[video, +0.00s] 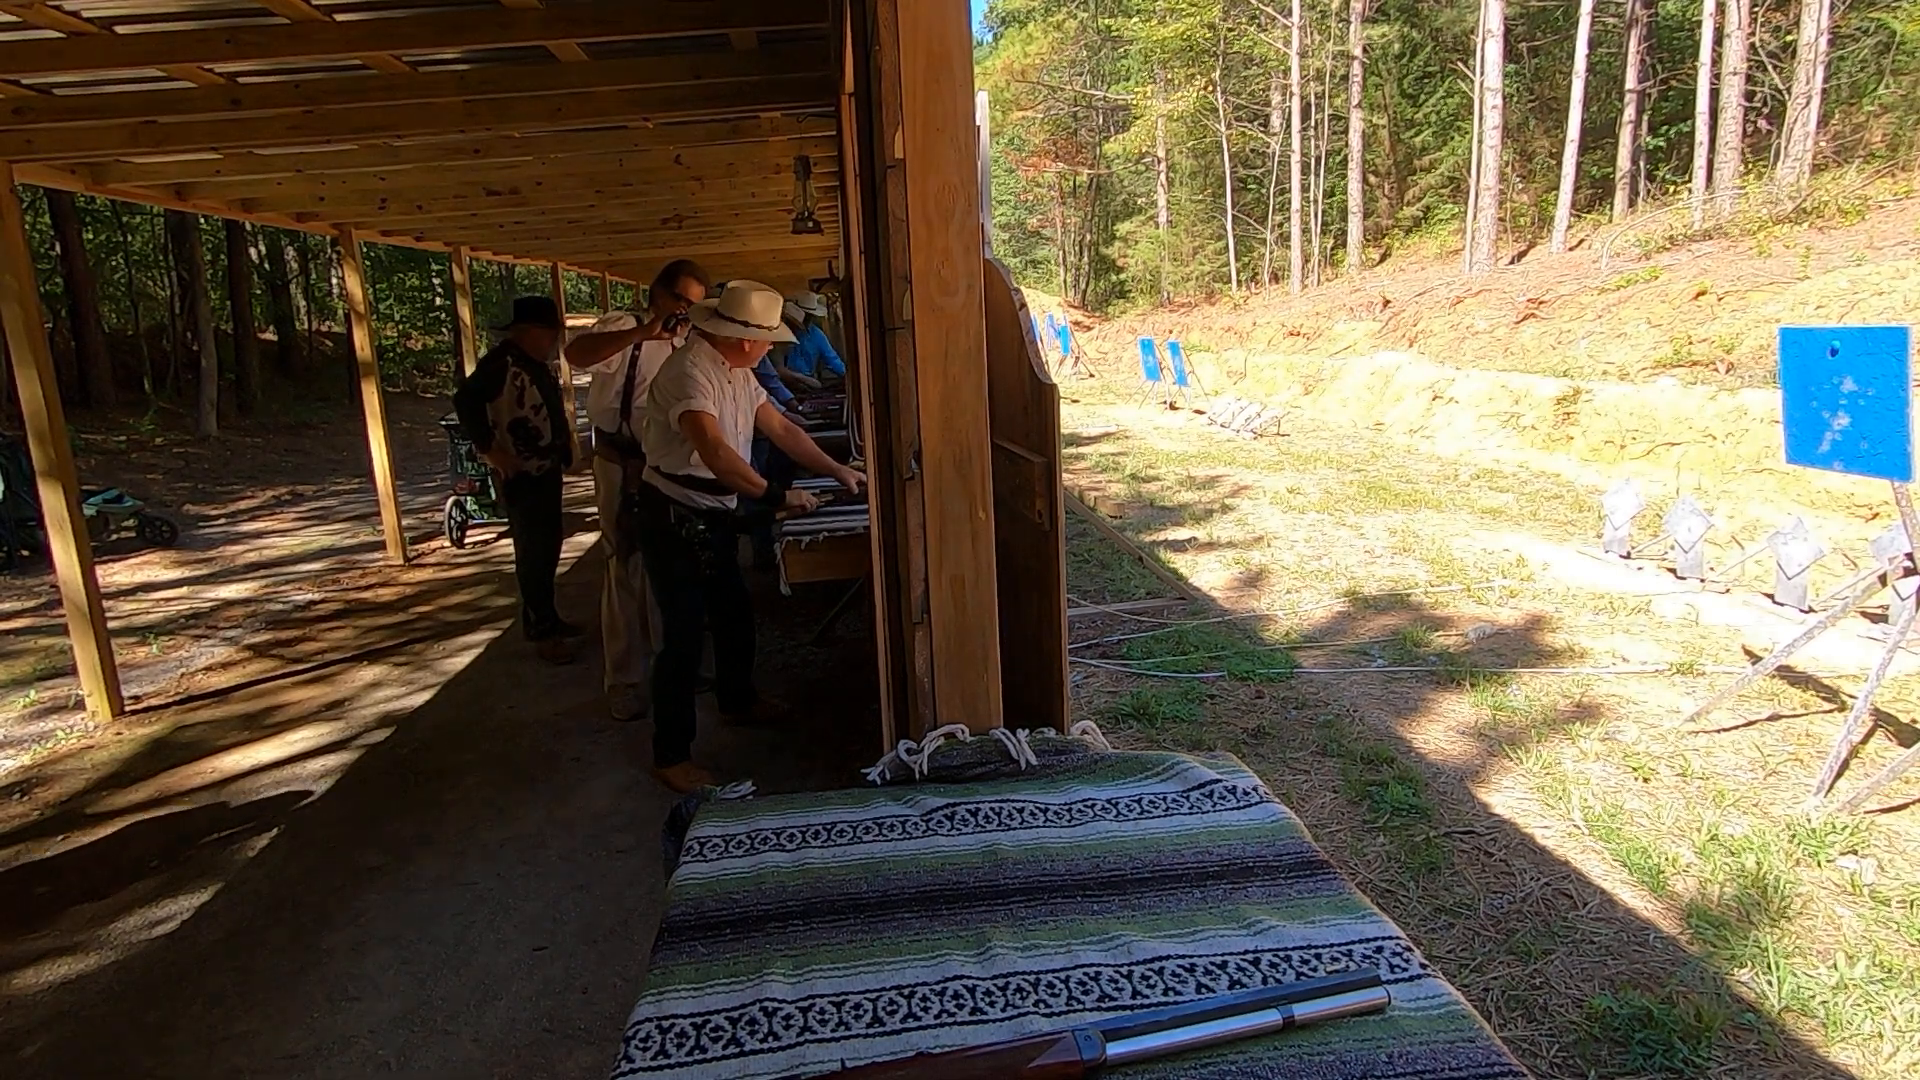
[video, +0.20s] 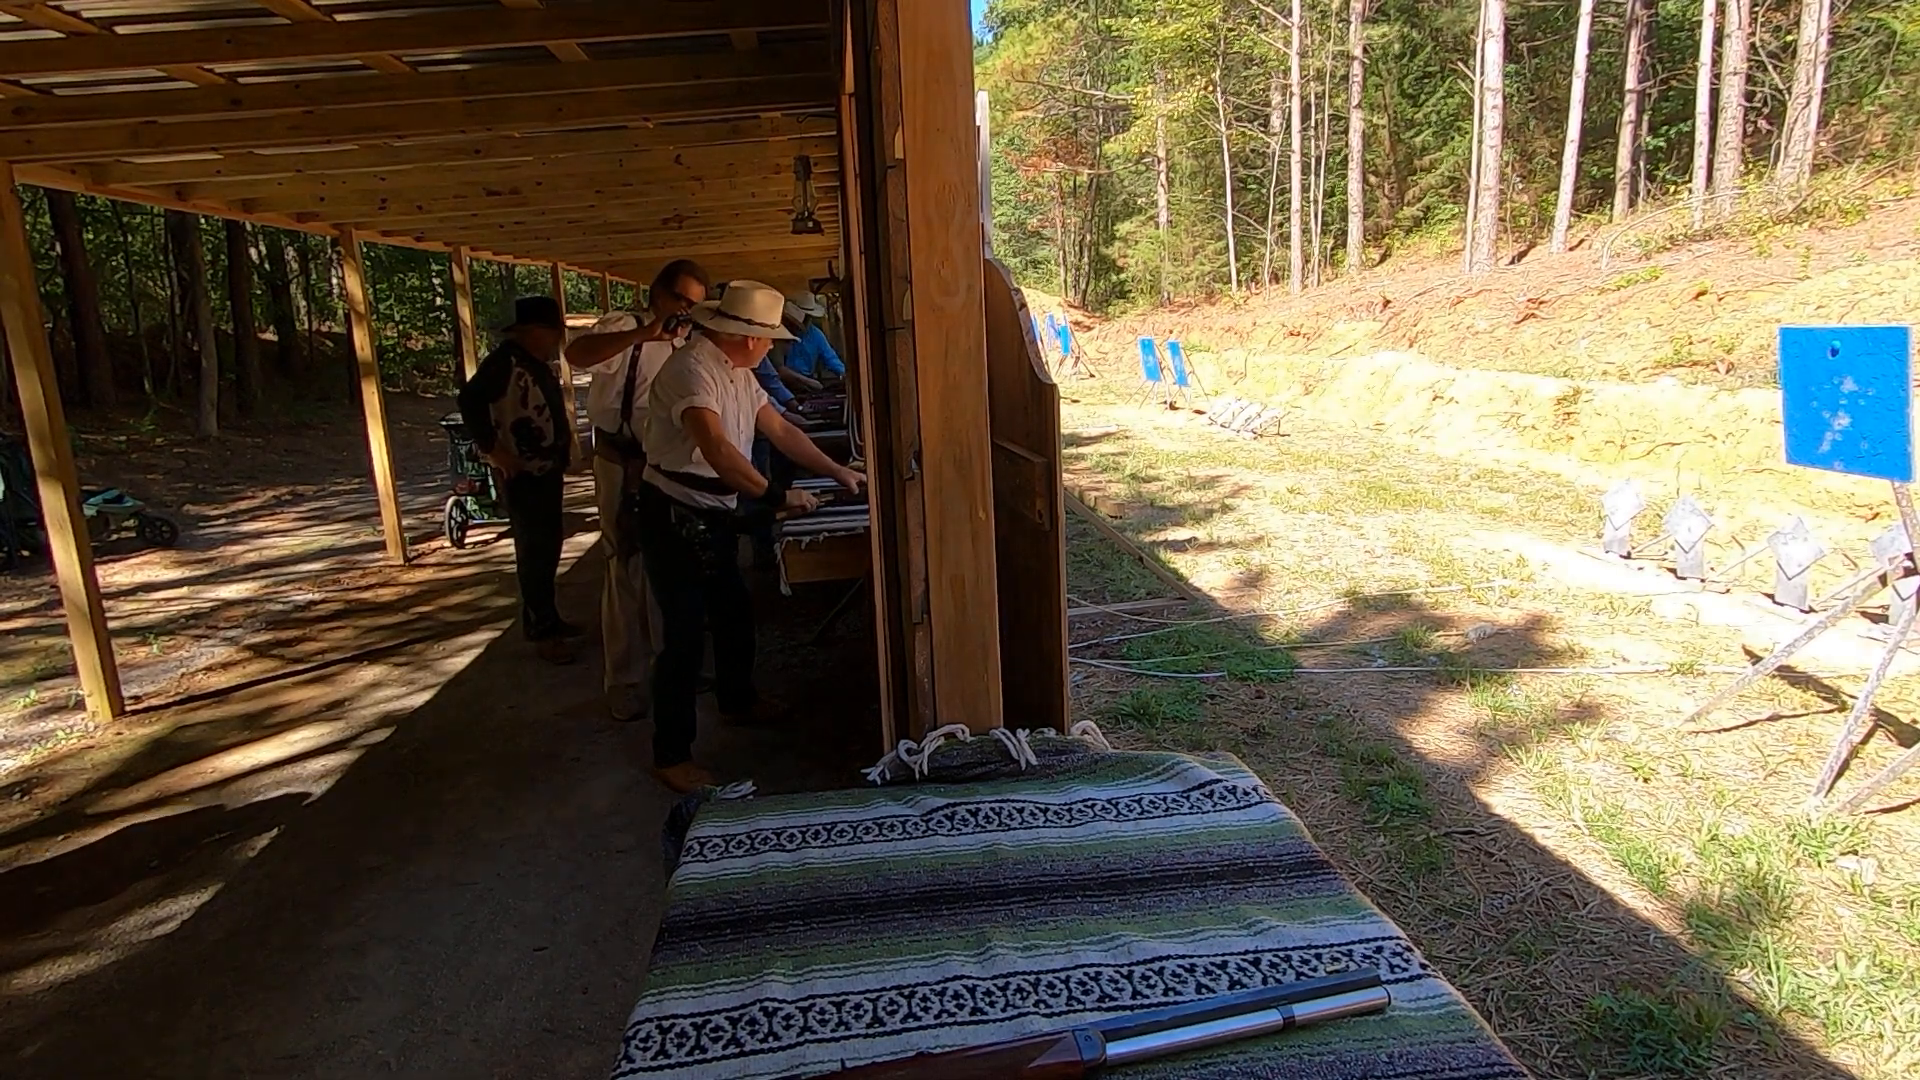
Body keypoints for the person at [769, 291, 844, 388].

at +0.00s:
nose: (809, 319)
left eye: (812, 315)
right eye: (806, 315)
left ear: (814, 315)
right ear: (795, 313)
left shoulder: (816, 333)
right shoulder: (781, 332)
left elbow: (831, 358)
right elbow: (778, 369)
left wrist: (845, 374)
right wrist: (804, 379)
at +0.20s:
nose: (806, 321)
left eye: (809, 316)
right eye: (803, 316)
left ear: (811, 316)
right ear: (791, 315)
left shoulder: (815, 334)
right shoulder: (778, 334)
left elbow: (830, 358)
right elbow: (778, 368)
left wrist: (844, 373)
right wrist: (808, 382)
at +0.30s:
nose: (806, 321)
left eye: (809, 317)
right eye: (802, 317)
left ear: (811, 317)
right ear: (791, 316)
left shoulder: (814, 333)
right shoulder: (779, 335)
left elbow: (831, 357)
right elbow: (779, 368)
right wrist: (808, 381)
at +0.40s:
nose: (806, 320)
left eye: (808, 316)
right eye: (802, 316)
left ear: (811, 316)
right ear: (791, 316)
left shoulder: (813, 333)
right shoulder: (779, 335)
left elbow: (828, 359)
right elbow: (778, 369)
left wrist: (822, 376)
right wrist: (804, 379)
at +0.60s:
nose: (807, 319)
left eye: (809, 315)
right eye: (802, 315)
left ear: (810, 315)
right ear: (791, 316)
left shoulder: (812, 333)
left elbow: (828, 358)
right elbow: (777, 369)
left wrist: (820, 380)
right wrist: (801, 373)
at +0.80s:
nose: (808, 319)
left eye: (809, 315)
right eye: (804, 316)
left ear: (810, 316)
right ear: (794, 316)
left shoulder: (812, 333)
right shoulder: (782, 334)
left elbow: (829, 358)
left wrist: (821, 379)